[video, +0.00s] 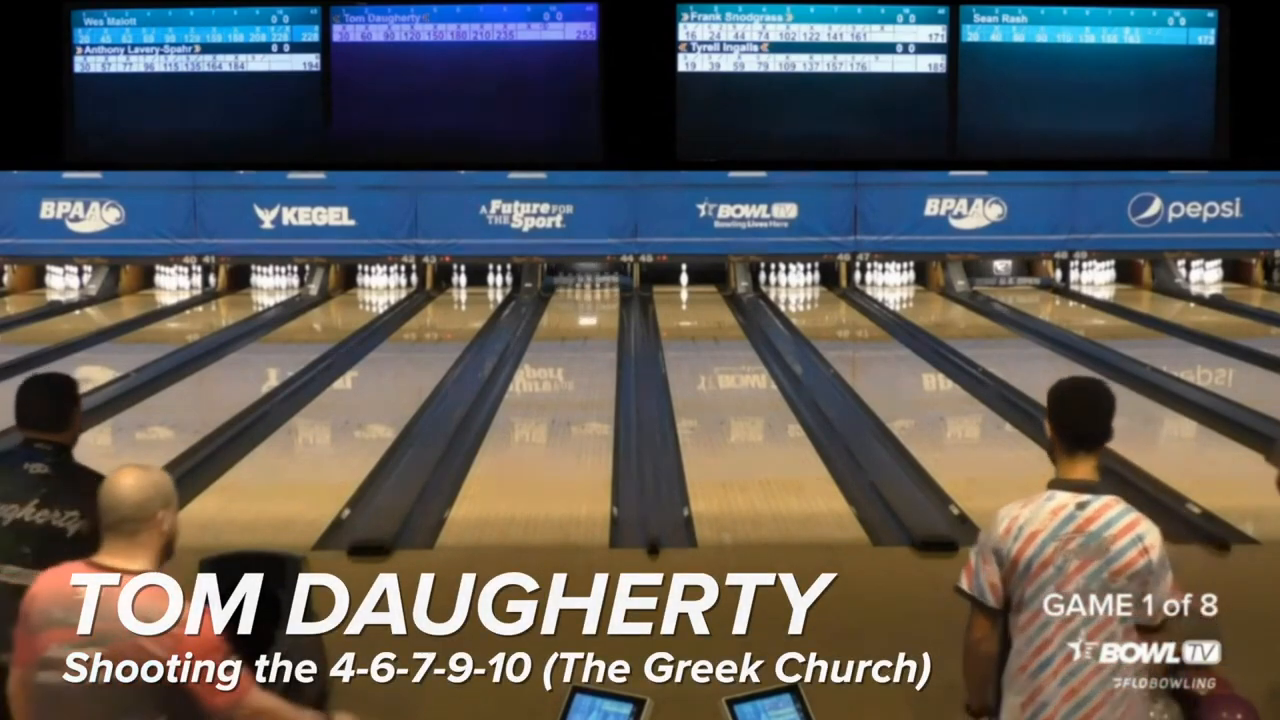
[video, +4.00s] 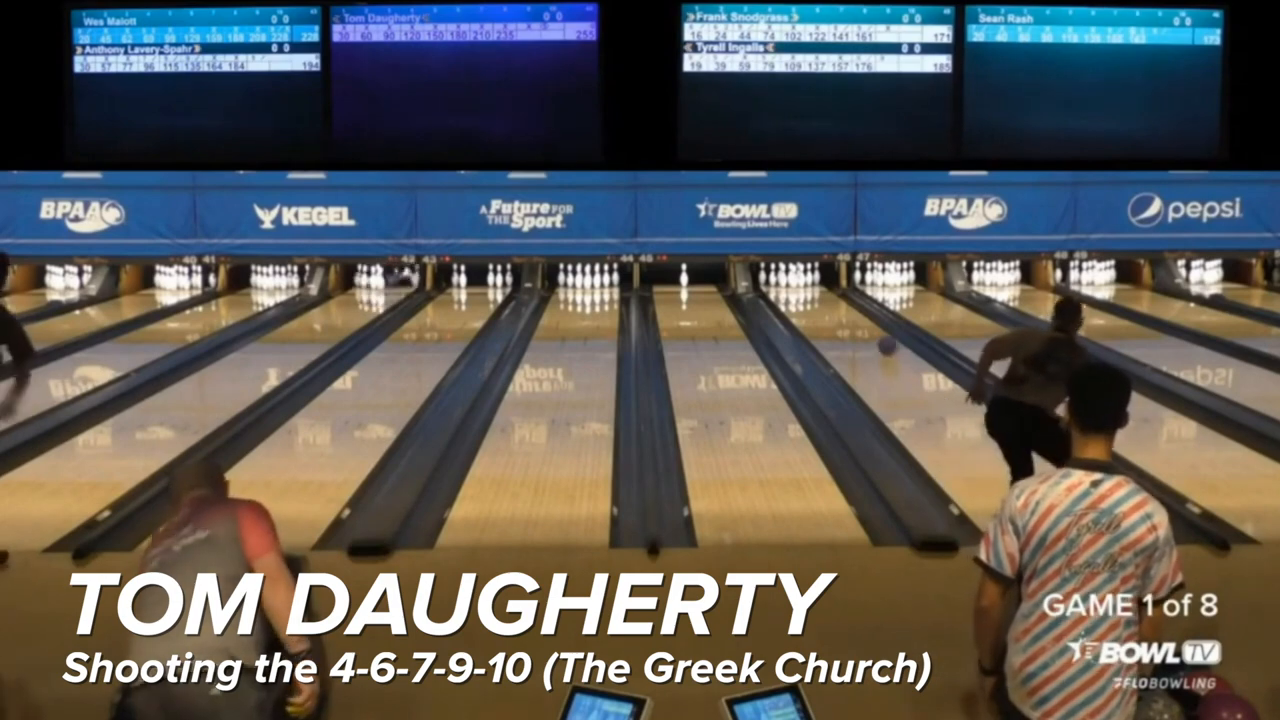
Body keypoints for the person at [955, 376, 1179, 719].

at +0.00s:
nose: (1049, 433)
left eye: (1048, 425)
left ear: (1049, 431)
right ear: (1108, 435)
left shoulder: (1011, 523)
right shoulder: (1141, 532)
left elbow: (982, 633)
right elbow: (1152, 621)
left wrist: (978, 706)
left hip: (1029, 706)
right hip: (1117, 708)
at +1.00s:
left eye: (1055, 415)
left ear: (1056, 420)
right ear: (1114, 424)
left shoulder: (1019, 507)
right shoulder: (1142, 515)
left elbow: (985, 608)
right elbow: (1151, 617)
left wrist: (985, 690)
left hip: (1029, 691)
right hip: (1107, 694)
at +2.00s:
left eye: (1061, 405)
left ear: (1063, 413)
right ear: (1122, 419)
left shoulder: (1024, 497)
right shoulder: (1149, 508)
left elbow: (987, 600)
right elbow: (1160, 607)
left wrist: (990, 662)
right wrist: (1141, 650)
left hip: (1033, 686)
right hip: (1112, 692)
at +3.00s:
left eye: (1058, 408)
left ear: (1060, 414)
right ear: (1116, 419)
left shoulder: (1021, 498)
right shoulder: (1146, 511)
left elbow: (982, 601)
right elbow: (1154, 612)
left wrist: (985, 665)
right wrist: (1139, 669)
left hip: (1028, 684)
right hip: (1106, 692)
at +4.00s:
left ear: (1067, 414)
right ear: (1123, 422)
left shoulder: (1028, 498)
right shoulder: (1150, 514)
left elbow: (989, 600)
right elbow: (1151, 614)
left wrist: (987, 668)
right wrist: (1139, 676)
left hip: (1030, 686)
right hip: (1107, 695)